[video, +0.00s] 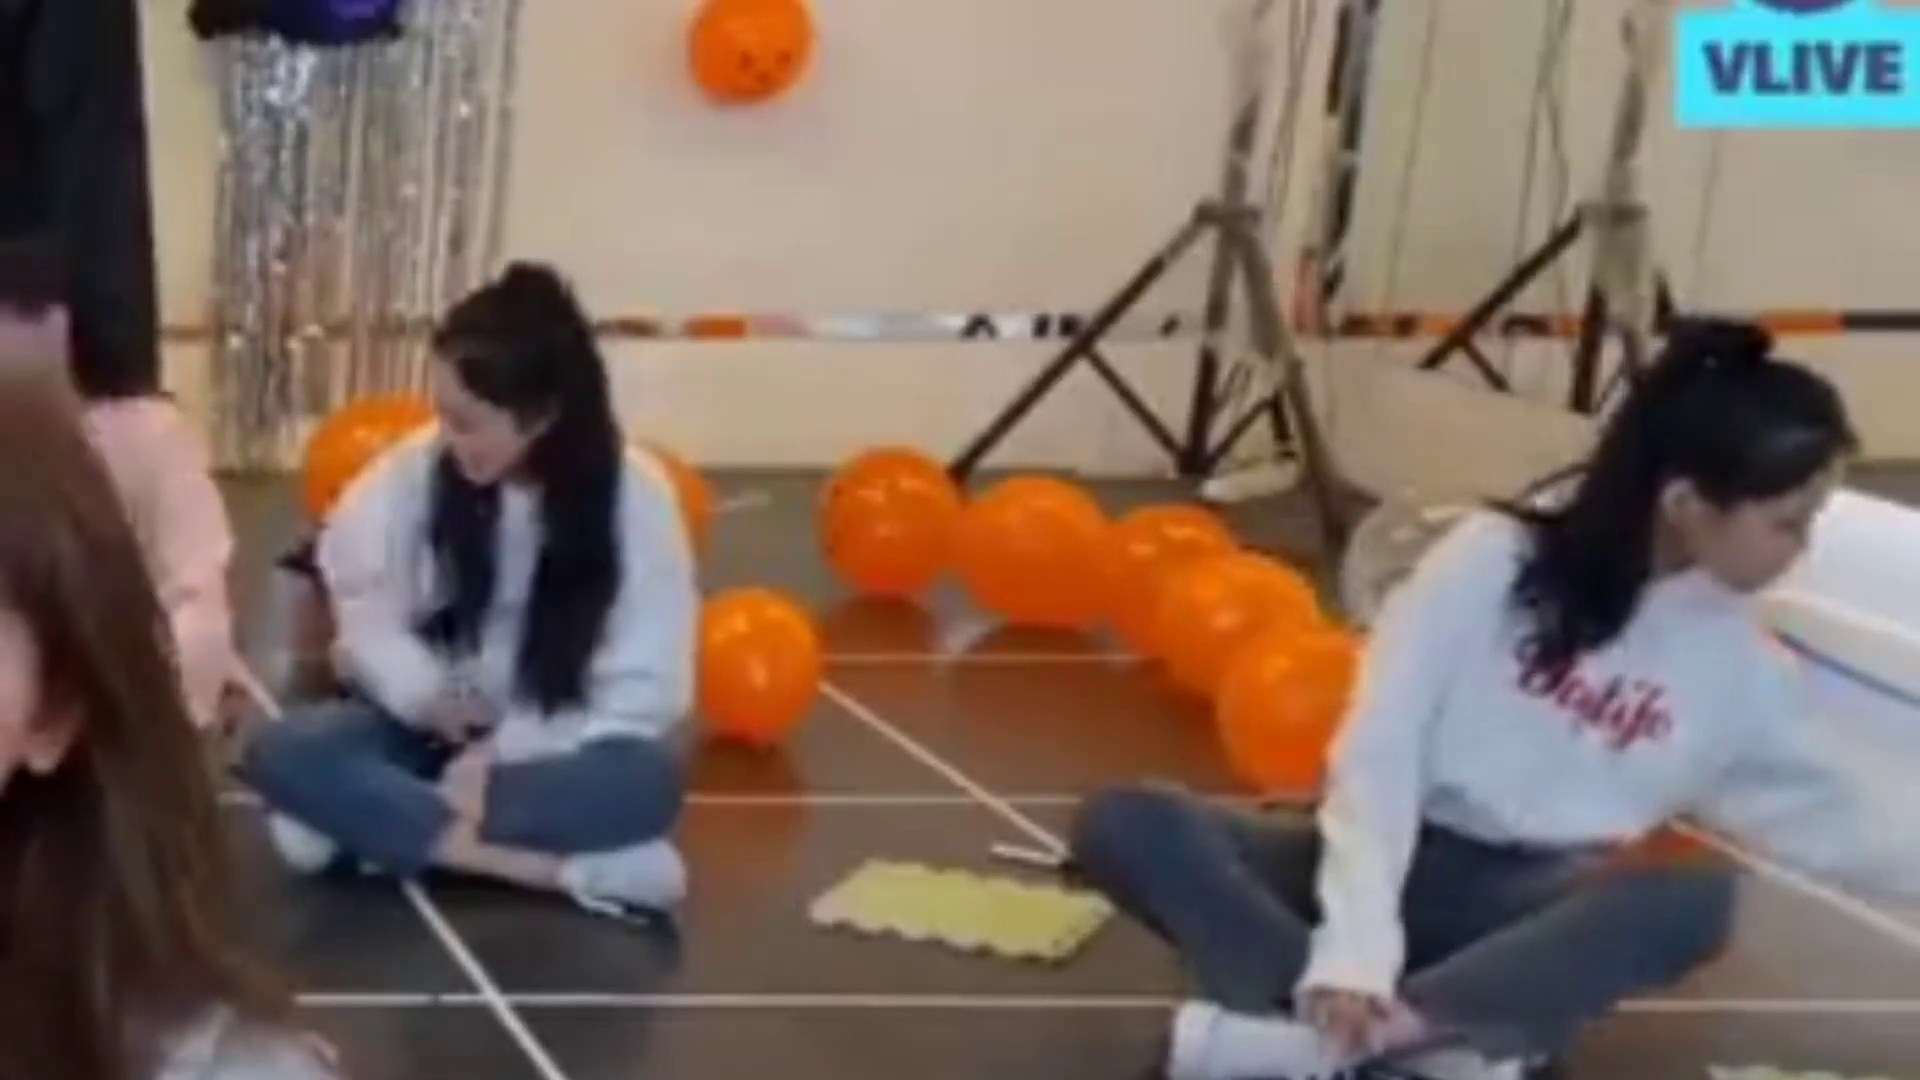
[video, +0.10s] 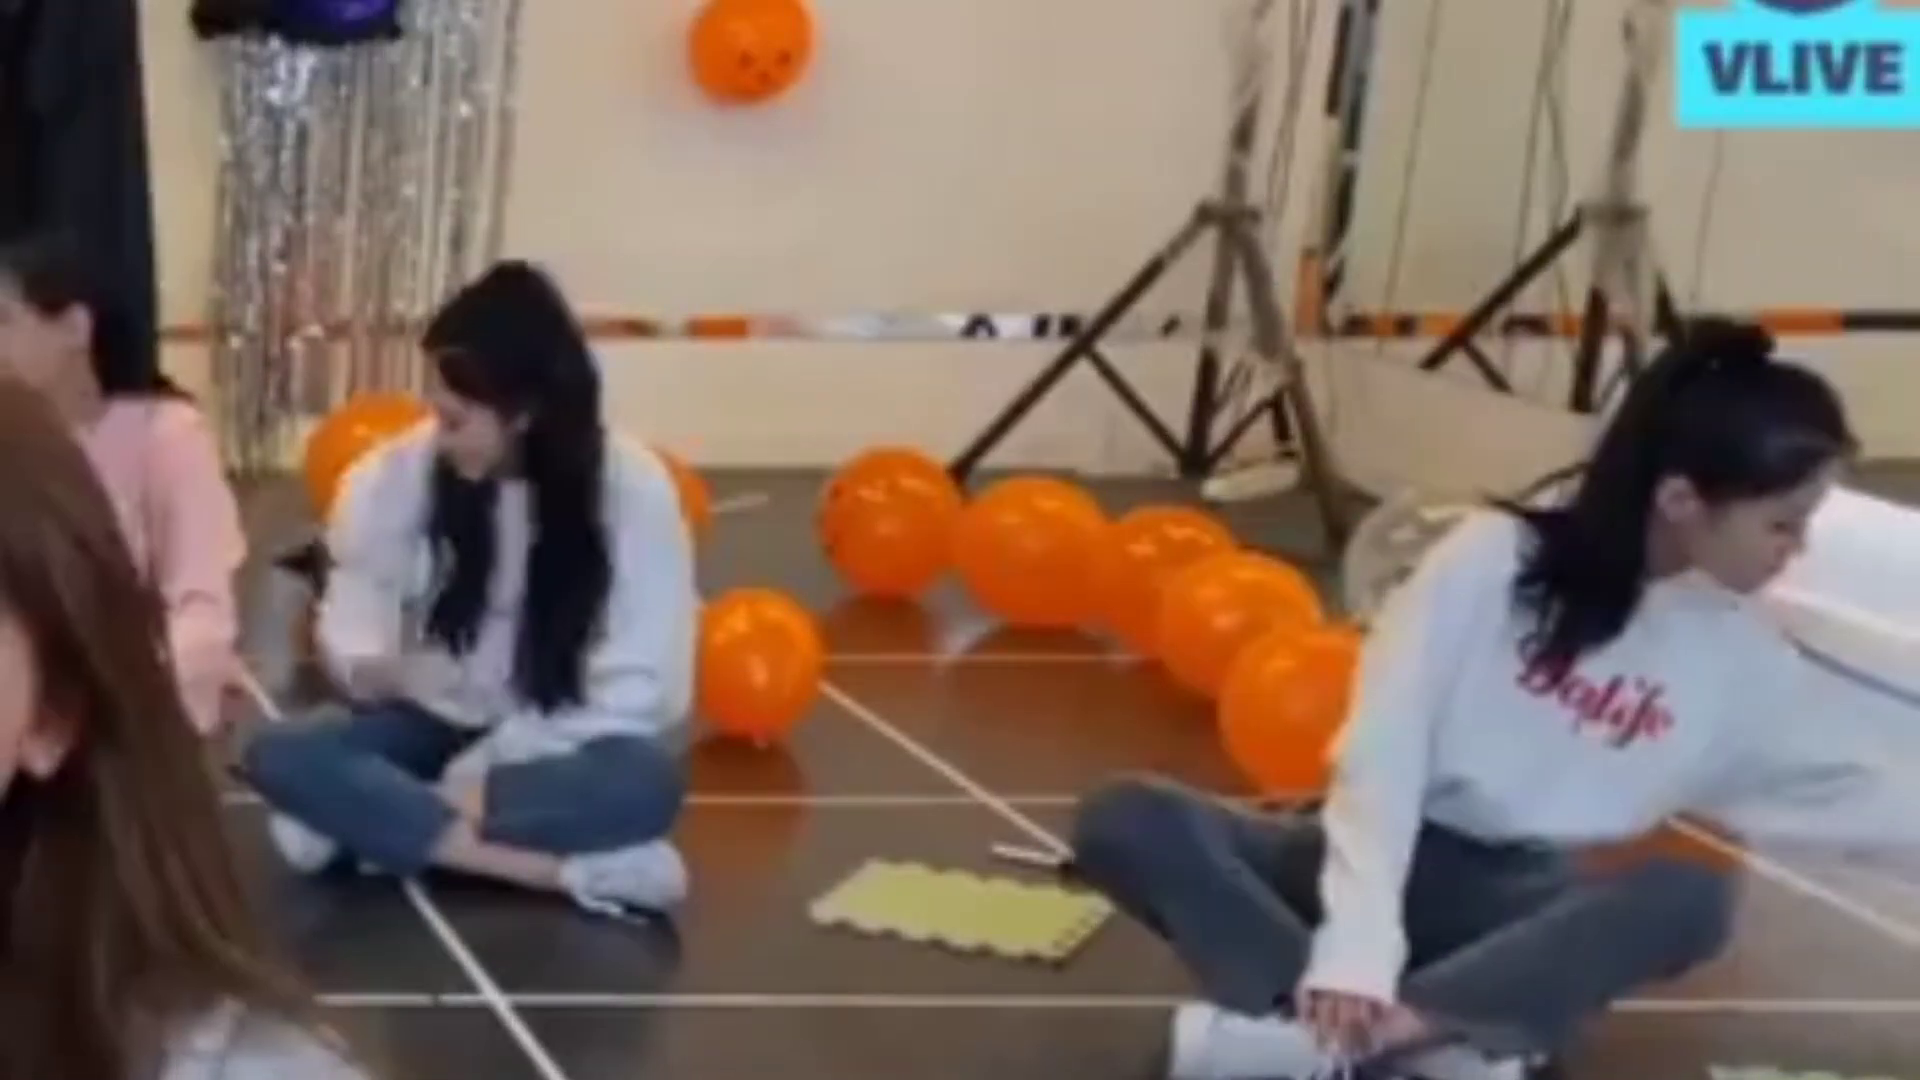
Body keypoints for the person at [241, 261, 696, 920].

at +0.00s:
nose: (451, 442)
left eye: (470, 426)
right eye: (444, 419)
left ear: (541, 414)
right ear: (436, 396)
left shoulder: (633, 497)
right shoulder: (409, 476)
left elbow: (650, 693)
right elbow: (356, 604)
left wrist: (503, 751)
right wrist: (430, 700)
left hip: (558, 731)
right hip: (423, 720)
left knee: (642, 785)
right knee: (280, 751)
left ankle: (371, 836)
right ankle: (549, 874)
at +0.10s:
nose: (442, 434)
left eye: (461, 418)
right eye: (437, 410)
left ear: (526, 408)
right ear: (431, 393)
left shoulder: (630, 490)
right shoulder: (394, 480)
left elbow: (642, 693)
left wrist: (488, 766)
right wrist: (368, 664)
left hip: (565, 727)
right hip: (437, 716)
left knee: (641, 786)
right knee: (278, 753)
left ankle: (373, 836)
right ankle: (554, 876)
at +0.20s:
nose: (430, 427)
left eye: (447, 409)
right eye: (427, 404)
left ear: (509, 400)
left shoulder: (626, 486)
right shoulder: (404, 470)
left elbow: (638, 688)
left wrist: (486, 766)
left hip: (562, 727)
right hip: (432, 714)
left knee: (641, 785)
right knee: (278, 753)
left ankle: (372, 837)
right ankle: (554, 877)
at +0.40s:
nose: (410, 423)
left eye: (423, 401)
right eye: (407, 399)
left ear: (479, 392)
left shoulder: (613, 477)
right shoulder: (403, 473)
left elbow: (626, 680)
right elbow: (354, 613)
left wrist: (474, 777)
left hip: (559, 723)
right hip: (432, 711)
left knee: (640, 785)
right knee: (276, 754)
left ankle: (370, 836)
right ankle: (552, 876)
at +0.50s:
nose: (397, 413)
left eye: (408, 393)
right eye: (397, 391)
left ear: (460, 389)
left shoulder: (609, 474)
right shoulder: (404, 470)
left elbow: (630, 669)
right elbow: (358, 609)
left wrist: (482, 770)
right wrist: (318, 702)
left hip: (553, 723)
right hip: (426, 713)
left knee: (642, 783)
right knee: (277, 756)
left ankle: (373, 836)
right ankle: (552, 876)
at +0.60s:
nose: (391, 420)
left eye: (402, 398)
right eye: (387, 398)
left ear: (456, 387)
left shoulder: (602, 473)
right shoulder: (406, 467)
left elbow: (626, 665)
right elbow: (364, 612)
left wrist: (483, 770)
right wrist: (317, 693)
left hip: (550, 722)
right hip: (426, 712)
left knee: (643, 780)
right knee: (276, 754)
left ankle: (373, 835)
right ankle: (552, 876)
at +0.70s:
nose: (382, 417)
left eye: (392, 395)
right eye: (379, 395)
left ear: (447, 386)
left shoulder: (602, 475)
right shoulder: (396, 469)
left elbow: (623, 665)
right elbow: (356, 622)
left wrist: (483, 770)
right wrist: (311, 691)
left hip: (549, 721)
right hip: (424, 713)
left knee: (645, 778)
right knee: (275, 754)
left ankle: (375, 836)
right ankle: (553, 876)